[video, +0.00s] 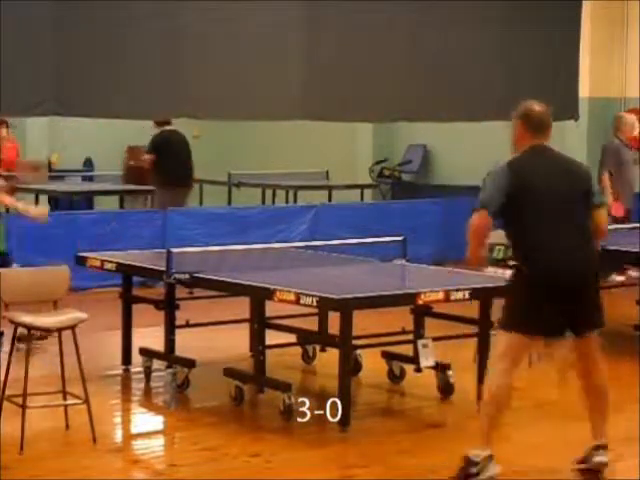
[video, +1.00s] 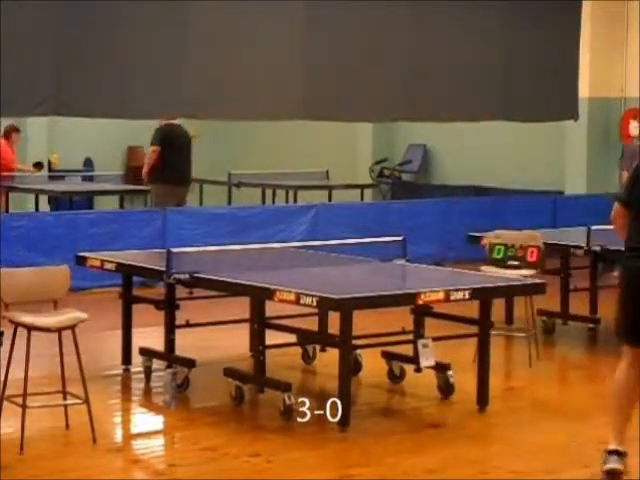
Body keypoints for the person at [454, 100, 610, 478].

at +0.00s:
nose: (512, 135)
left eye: (513, 130)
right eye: (515, 129)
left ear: (519, 130)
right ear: (549, 131)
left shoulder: (509, 171)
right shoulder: (578, 170)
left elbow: (479, 224)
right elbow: (601, 225)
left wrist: (475, 261)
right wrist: (577, 248)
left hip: (534, 278)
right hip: (581, 277)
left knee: (503, 364)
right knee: (591, 359)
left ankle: (483, 452)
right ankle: (600, 446)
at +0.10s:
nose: (538, 145)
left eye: (539, 139)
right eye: (541, 139)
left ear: (545, 141)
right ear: (574, 142)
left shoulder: (530, 181)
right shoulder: (599, 181)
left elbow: (490, 235)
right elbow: (626, 242)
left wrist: (501, 267)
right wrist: (607, 264)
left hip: (546, 290)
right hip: (596, 289)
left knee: (514, 368)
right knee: (617, 372)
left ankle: (507, 462)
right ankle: (637, 449)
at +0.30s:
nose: (579, 165)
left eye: (581, 160)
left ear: (583, 165)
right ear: (615, 168)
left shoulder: (560, 200)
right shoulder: (626, 206)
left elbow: (529, 254)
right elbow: (635, 259)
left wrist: (544, 282)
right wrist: (630, 287)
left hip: (564, 306)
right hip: (616, 306)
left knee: (528, 388)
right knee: (636, 374)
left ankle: (517, 470)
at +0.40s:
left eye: (605, 152)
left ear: (605, 157)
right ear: (636, 163)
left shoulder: (582, 192)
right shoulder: (635, 196)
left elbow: (552, 240)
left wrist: (563, 271)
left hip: (576, 297)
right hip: (628, 297)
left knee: (542, 378)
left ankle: (512, 463)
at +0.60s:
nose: (630, 131)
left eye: (631, 124)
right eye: (630, 125)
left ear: (633, 140)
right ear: (632, 139)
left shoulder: (621, 183)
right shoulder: (622, 182)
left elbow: (595, 233)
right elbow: (596, 233)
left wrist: (606, 260)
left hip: (611, 281)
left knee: (571, 366)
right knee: (570, 368)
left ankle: (541, 443)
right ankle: (540, 443)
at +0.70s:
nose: (633, 128)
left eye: (632, 123)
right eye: (633, 123)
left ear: (631, 135)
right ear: (633, 134)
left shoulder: (631, 178)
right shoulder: (630, 177)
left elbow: (607, 225)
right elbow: (608, 225)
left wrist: (621, 247)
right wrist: (620, 244)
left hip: (621, 275)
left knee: (595, 359)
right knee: (594, 361)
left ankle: (565, 442)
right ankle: (564, 441)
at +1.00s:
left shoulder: (637, 172)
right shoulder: (635, 173)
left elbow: (619, 217)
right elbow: (620, 216)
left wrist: (631, 244)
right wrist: (631, 244)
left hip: (634, 267)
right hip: (633, 268)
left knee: (630, 356)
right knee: (629, 357)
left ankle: (616, 446)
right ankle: (615, 445)